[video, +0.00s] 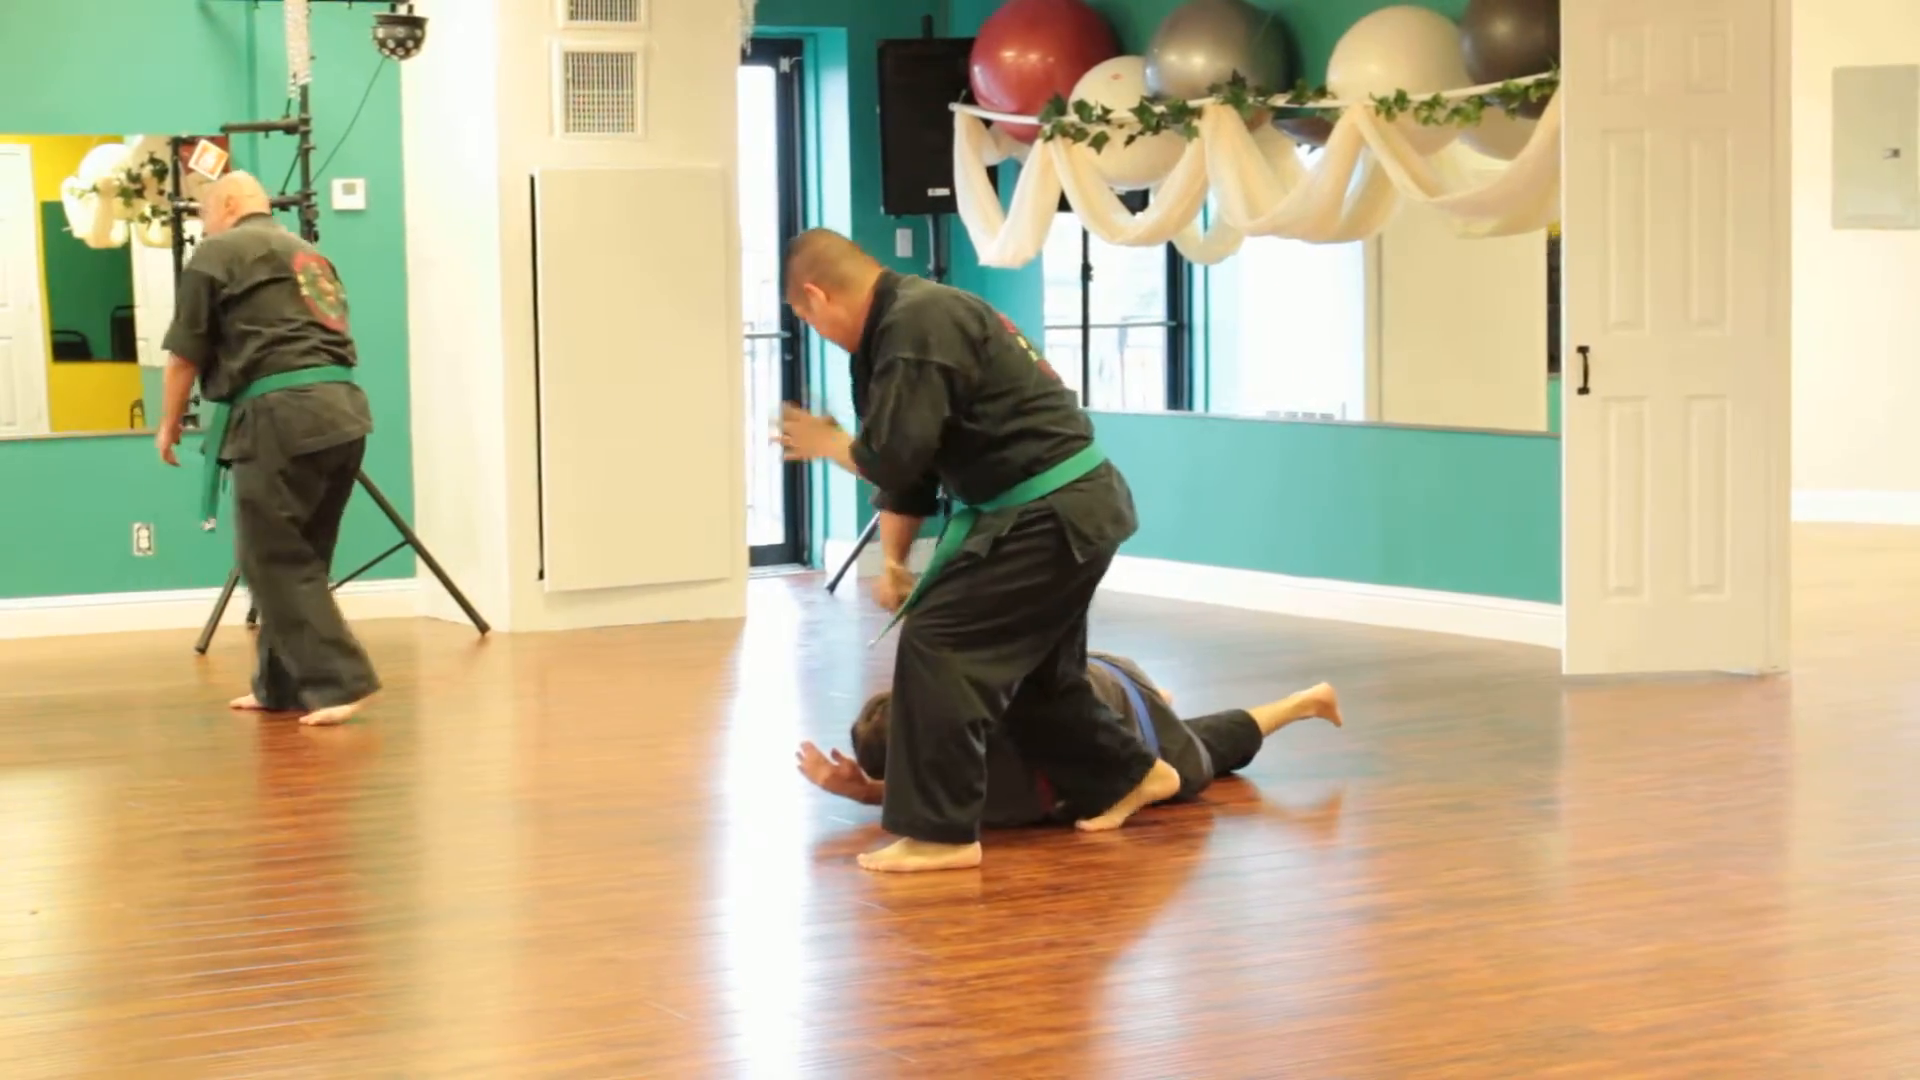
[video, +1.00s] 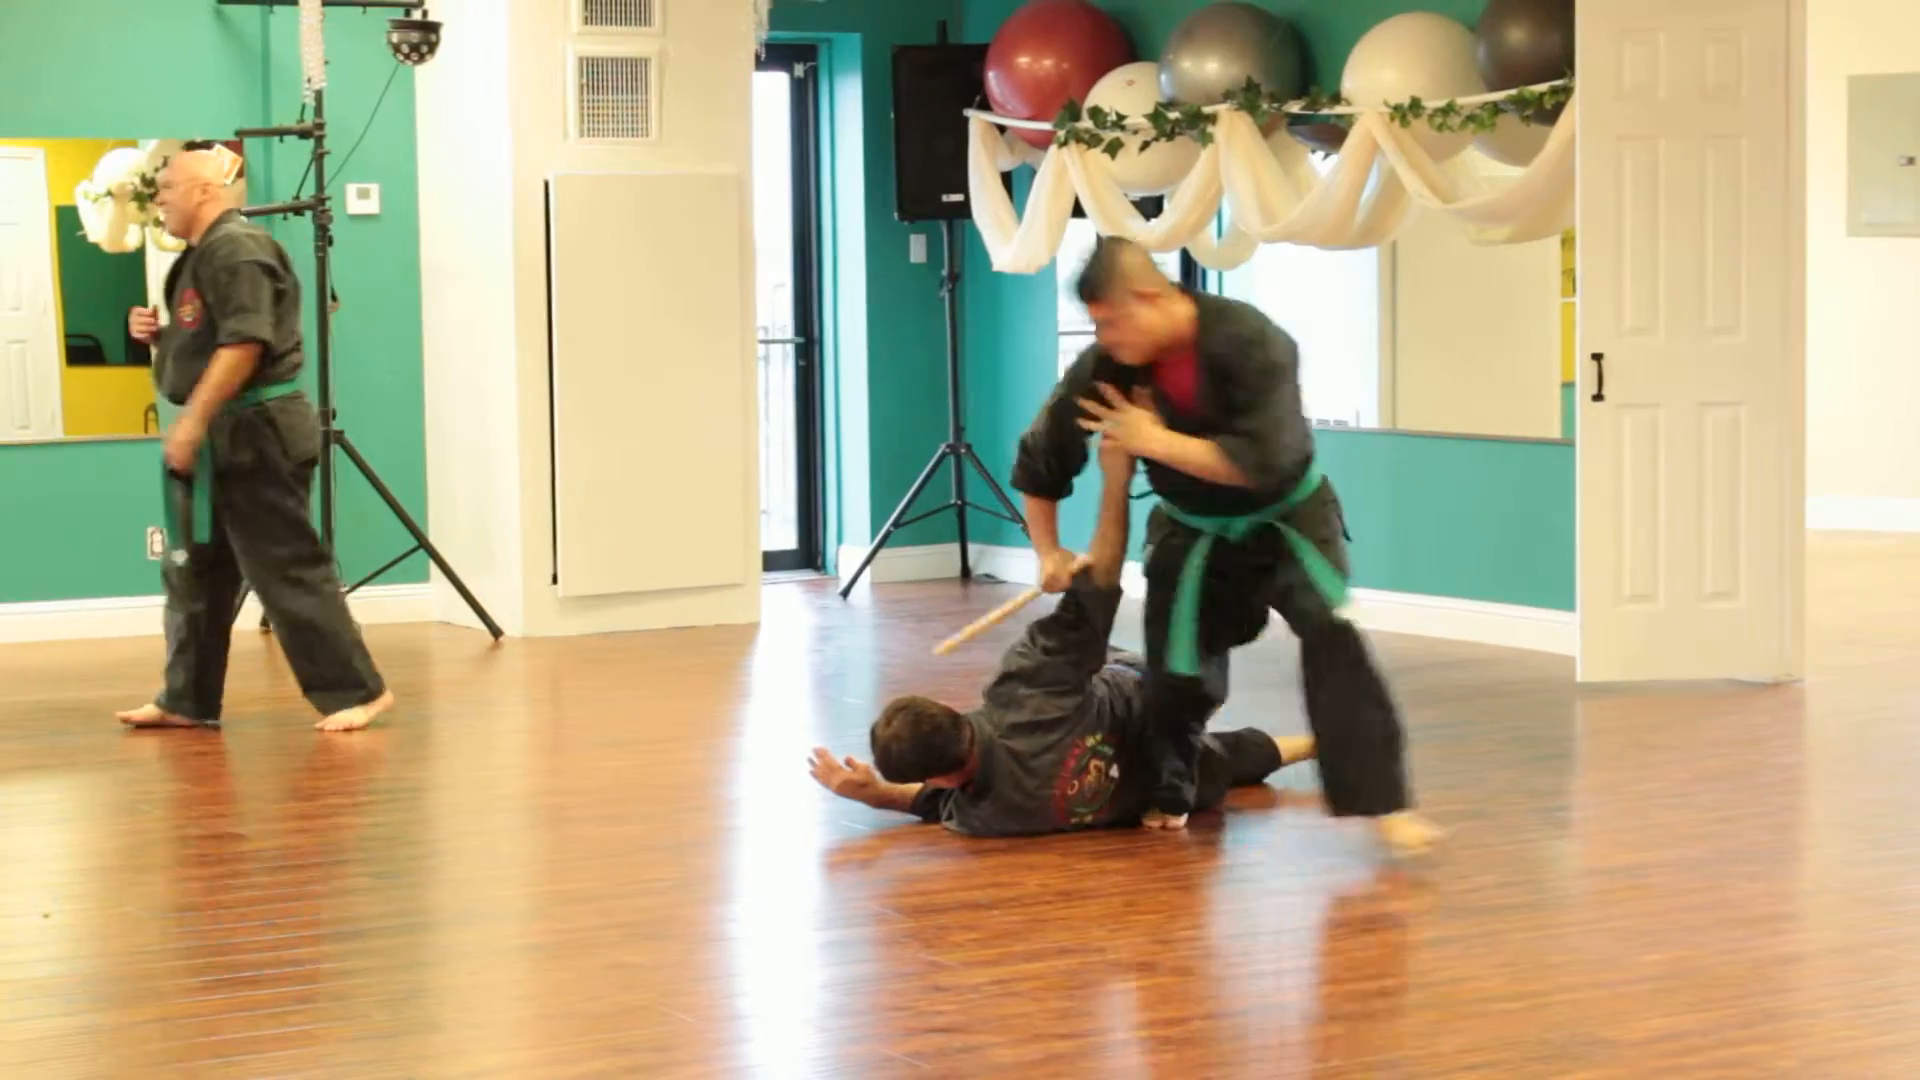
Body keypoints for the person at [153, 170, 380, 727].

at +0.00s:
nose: (202, 223)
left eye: (205, 212)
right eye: (201, 214)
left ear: (228, 206)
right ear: (260, 205)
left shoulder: (216, 253)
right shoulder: (306, 252)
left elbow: (184, 354)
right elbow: (321, 338)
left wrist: (170, 422)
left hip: (283, 411)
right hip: (344, 406)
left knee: (271, 556)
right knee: (304, 554)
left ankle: (340, 683)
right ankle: (279, 686)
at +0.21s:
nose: (215, 211)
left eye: (221, 200)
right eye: (215, 200)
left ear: (252, 198)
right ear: (269, 197)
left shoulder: (251, 253)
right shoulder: (316, 245)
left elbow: (227, 357)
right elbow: (332, 336)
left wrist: (201, 432)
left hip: (302, 418)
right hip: (351, 411)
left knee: (299, 561)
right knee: (292, 557)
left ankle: (352, 696)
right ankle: (283, 688)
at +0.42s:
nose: (226, 190)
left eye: (235, 179)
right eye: (228, 180)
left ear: (271, 184)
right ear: (273, 185)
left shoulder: (293, 242)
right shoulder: (278, 242)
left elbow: (299, 335)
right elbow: (280, 331)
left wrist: (278, 417)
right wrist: (229, 328)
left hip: (315, 415)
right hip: (295, 414)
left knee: (307, 557)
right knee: (272, 556)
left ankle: (352, 695)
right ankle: (285, 687)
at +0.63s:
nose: (226, 186)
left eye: (235, 175)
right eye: (227, 176)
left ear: (271, 180)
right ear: (268, 182)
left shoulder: (295, 235)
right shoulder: (265, 240)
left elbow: (320, 318)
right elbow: (275, 320)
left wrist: (347, 390)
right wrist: (227, 316)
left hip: (306, 414)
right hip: (269, 416)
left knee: (318, 556)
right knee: (254, 555)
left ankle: (359, 697)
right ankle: (249, 688)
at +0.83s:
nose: (193, 196)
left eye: (202, 185)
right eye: (195, 186)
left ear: (241, 190)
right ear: (240, 191)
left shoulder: (271, 248)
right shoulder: (239, 252)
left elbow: (290, 341)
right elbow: (250, 331)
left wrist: (284, 431)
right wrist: (202, 324)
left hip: (283, 422)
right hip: (246, 423)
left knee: (313, 566)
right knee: (230, 566)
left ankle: (364, 700)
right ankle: (194, 694)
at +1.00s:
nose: (158, 202)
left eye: (167, 189)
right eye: (159, 191)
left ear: (206, 190)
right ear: (204, 192)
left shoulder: (237, 248)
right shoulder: (205, 253)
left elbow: (244, 344)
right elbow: (207, 330)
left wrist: (191, 421)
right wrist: (159, 326)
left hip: (258, 425)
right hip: (221, 426)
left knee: (289, 566)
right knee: (202, 569)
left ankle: (359, 691)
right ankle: (188, 700)